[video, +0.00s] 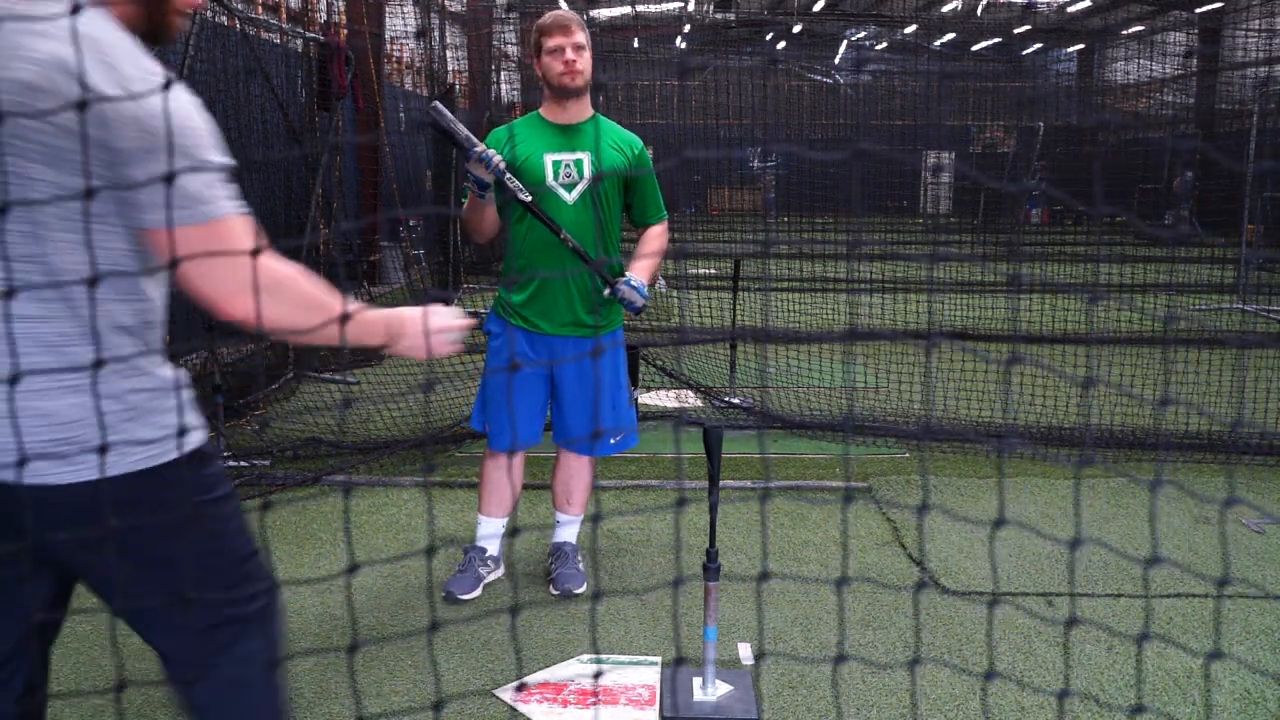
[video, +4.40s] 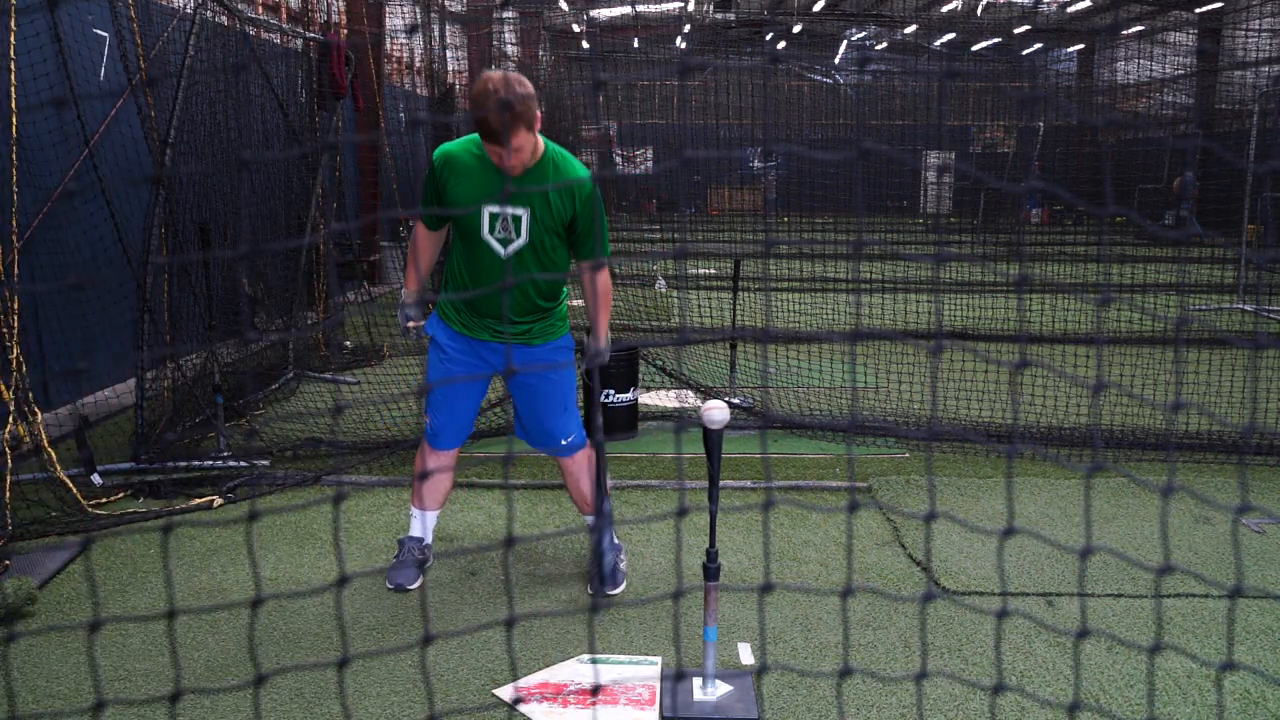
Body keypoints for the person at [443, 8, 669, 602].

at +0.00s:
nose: (569, 59)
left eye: (577, 48)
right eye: (556, 51)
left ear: (592, 57)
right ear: (538, 63)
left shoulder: (625, 148)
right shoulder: (505, 141)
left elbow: (654, 227)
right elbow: (482, 233)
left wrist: (637, 278)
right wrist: (479, 188)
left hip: (593, 322)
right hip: (519, 319)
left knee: (579, 439)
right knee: (504, 440)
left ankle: (566, 547)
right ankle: (486, 551)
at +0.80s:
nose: (580, 61)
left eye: (584, 51)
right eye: (566, 52)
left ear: (595, 60)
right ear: (537, 64)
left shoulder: (621, 148)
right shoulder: (505, 135)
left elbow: (653, 226)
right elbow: (474, 213)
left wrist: (627, 286)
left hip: (589, 324)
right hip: (514, 320)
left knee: (576, 442)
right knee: (500, 444)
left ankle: (566, 546)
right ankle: (485, 551)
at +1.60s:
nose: (516, 88)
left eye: (524, 75)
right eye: (502, 78)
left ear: (537, 71)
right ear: (478, 77)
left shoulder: (568, 147)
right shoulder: (446, 149)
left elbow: (607, 223)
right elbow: (415, 224)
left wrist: (584, 278)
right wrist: (424, 231)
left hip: (547, 324)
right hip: (469, 325)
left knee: (557, 440)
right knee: (455, 443)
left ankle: (564, 545)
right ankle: (434, 549)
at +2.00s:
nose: (435, 114)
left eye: (441, 101)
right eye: (421, 108)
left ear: (457, 77)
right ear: (403, 99)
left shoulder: (512, 134)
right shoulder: (391, 159)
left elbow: (561, 201)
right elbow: (388, 233)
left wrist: (552, 276)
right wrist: (381, 268)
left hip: (515, 319)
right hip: (436, 325)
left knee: (547, 434)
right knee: (436, 443)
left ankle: (577, 540)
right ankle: (430, 548)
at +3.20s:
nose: (461, 166)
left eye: (469, 154)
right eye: (449, 157)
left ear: (489, 122)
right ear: (430, 136)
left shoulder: (537, 172)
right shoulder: (411, 163)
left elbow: (568, 267)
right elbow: (395, 235)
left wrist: (557, 344)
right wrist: (374, 291)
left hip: (528, 332)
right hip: (447, 330)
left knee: (563, 438)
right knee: (430, 439)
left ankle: (605, 539)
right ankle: (417, 543)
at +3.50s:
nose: (489, 217)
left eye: (498, 206)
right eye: (479, 208)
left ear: (517, 179)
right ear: (460, 182)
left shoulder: (553, 221)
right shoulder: (441, 179)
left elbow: (563, 327)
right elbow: (433, 227)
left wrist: (559, 421)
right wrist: (426, 280)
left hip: (537, 339)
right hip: (461, 329)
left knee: (569, 439)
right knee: (439, 435)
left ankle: (606, 542)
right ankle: (418, 540)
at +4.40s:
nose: (505, 160)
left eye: (514, 147)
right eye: (494, 149)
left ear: (536, 122)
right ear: (480, 132)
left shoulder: (573, 182)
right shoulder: (450, 164)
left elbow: (595, 267)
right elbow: (429, 228)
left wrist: (600, 343)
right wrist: (412, 298)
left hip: (541, 335)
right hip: (461, 330)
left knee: (567, 442)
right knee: (439, 436)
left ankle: (604, 536)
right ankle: (417, 541)